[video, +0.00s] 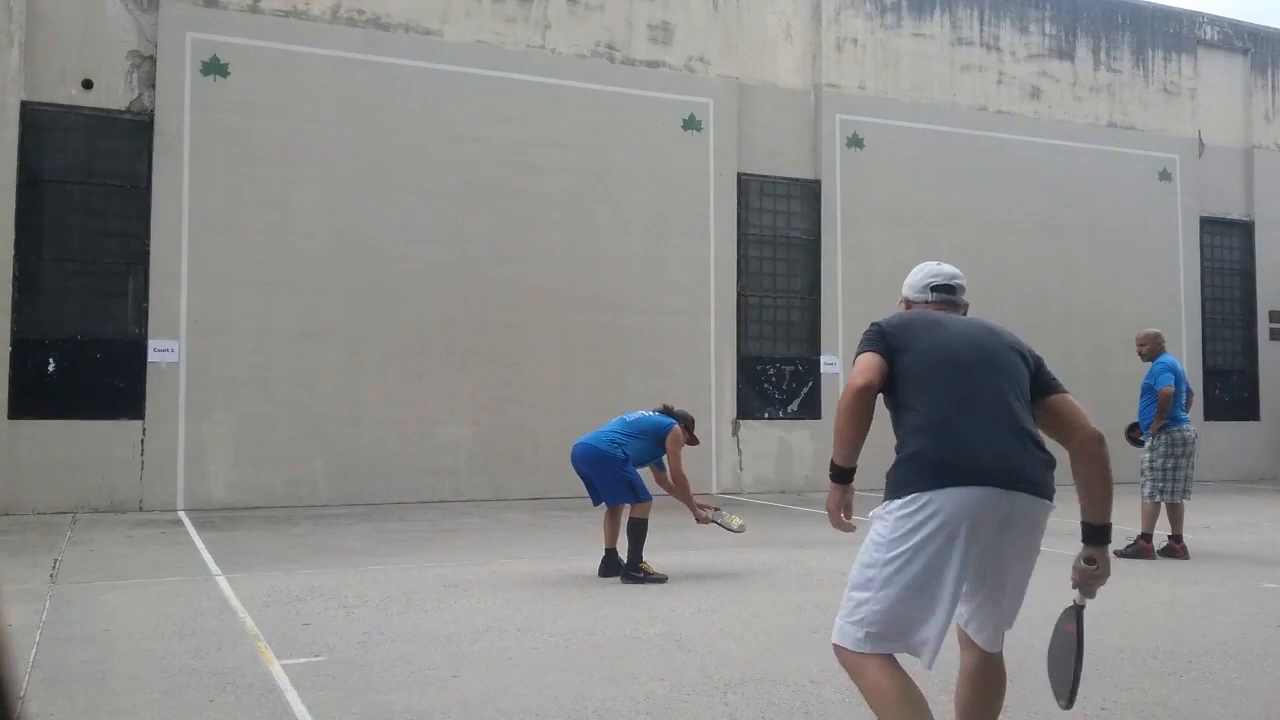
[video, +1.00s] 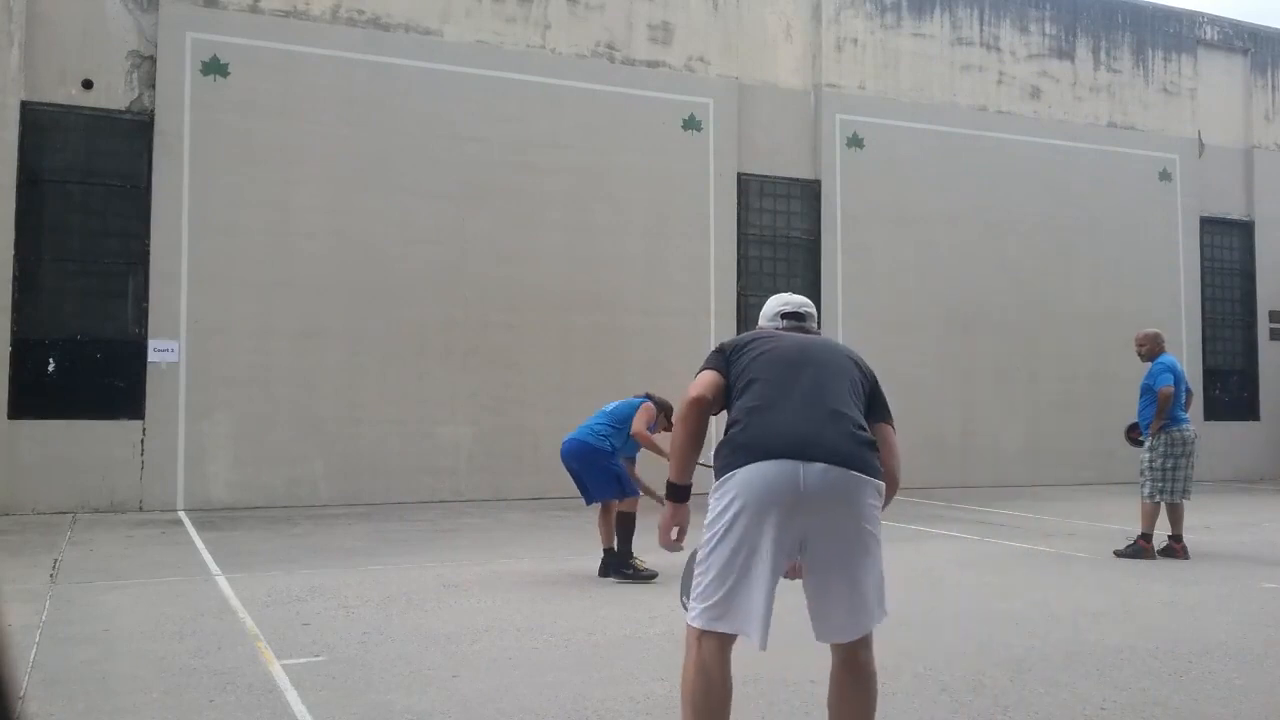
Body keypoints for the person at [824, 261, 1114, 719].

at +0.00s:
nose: (900, 310)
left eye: (901, 306)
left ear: (906, 305)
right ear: (965, 307)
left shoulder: (892, 328)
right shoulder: (1010, 344)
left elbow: (862, 385)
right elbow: (1087, 437)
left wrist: (841, 478)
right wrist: (1096, 544)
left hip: (936, 484)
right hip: (1026, 490)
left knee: (859, 642)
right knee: (982, 639)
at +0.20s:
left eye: (870, 324)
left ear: (876, 319)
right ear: (933, 320)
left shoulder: (860, 337)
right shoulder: (975, 353)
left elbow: (834, 384)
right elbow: (1029, 474)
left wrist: (823, 484)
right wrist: (997, 550)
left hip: (902, 471)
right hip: (994, 482)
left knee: (818, 632)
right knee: (971, 640)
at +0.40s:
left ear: (829, 332)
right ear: (884, 332)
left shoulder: (810, 350)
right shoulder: (923, 363)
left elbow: (786, 402)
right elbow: (973, 488)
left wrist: (777, 503)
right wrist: (915, 566)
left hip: (854, 483)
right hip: (948, 488)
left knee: (775, 649)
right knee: (950, 645)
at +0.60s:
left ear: (776, 332)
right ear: (833, 332)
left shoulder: (754, 353)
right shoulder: (870, 364)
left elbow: (716, 410)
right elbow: (921, 476)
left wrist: (705, 513)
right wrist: (894, 549)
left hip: (783, 490)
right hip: (880, 492)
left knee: (721, 641)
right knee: (904, 645)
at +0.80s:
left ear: (755, 327)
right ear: (813, 328)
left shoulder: (733, 346)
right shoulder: (851, 356)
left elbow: (689, 400)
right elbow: (893, 465)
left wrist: (662, 497)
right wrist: (865, 532)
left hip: (760, 470)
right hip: (855, 476)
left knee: (717, 640)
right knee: (857, 639)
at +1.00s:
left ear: (760, 328)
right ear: (817, 330)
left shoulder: (737, 347)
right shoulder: (854, 361)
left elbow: (699, 397)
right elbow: (889, 473)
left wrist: (677, 495)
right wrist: (821, 551)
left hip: (755, 469)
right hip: (849, 476)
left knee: (710, 634)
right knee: (853, 644)